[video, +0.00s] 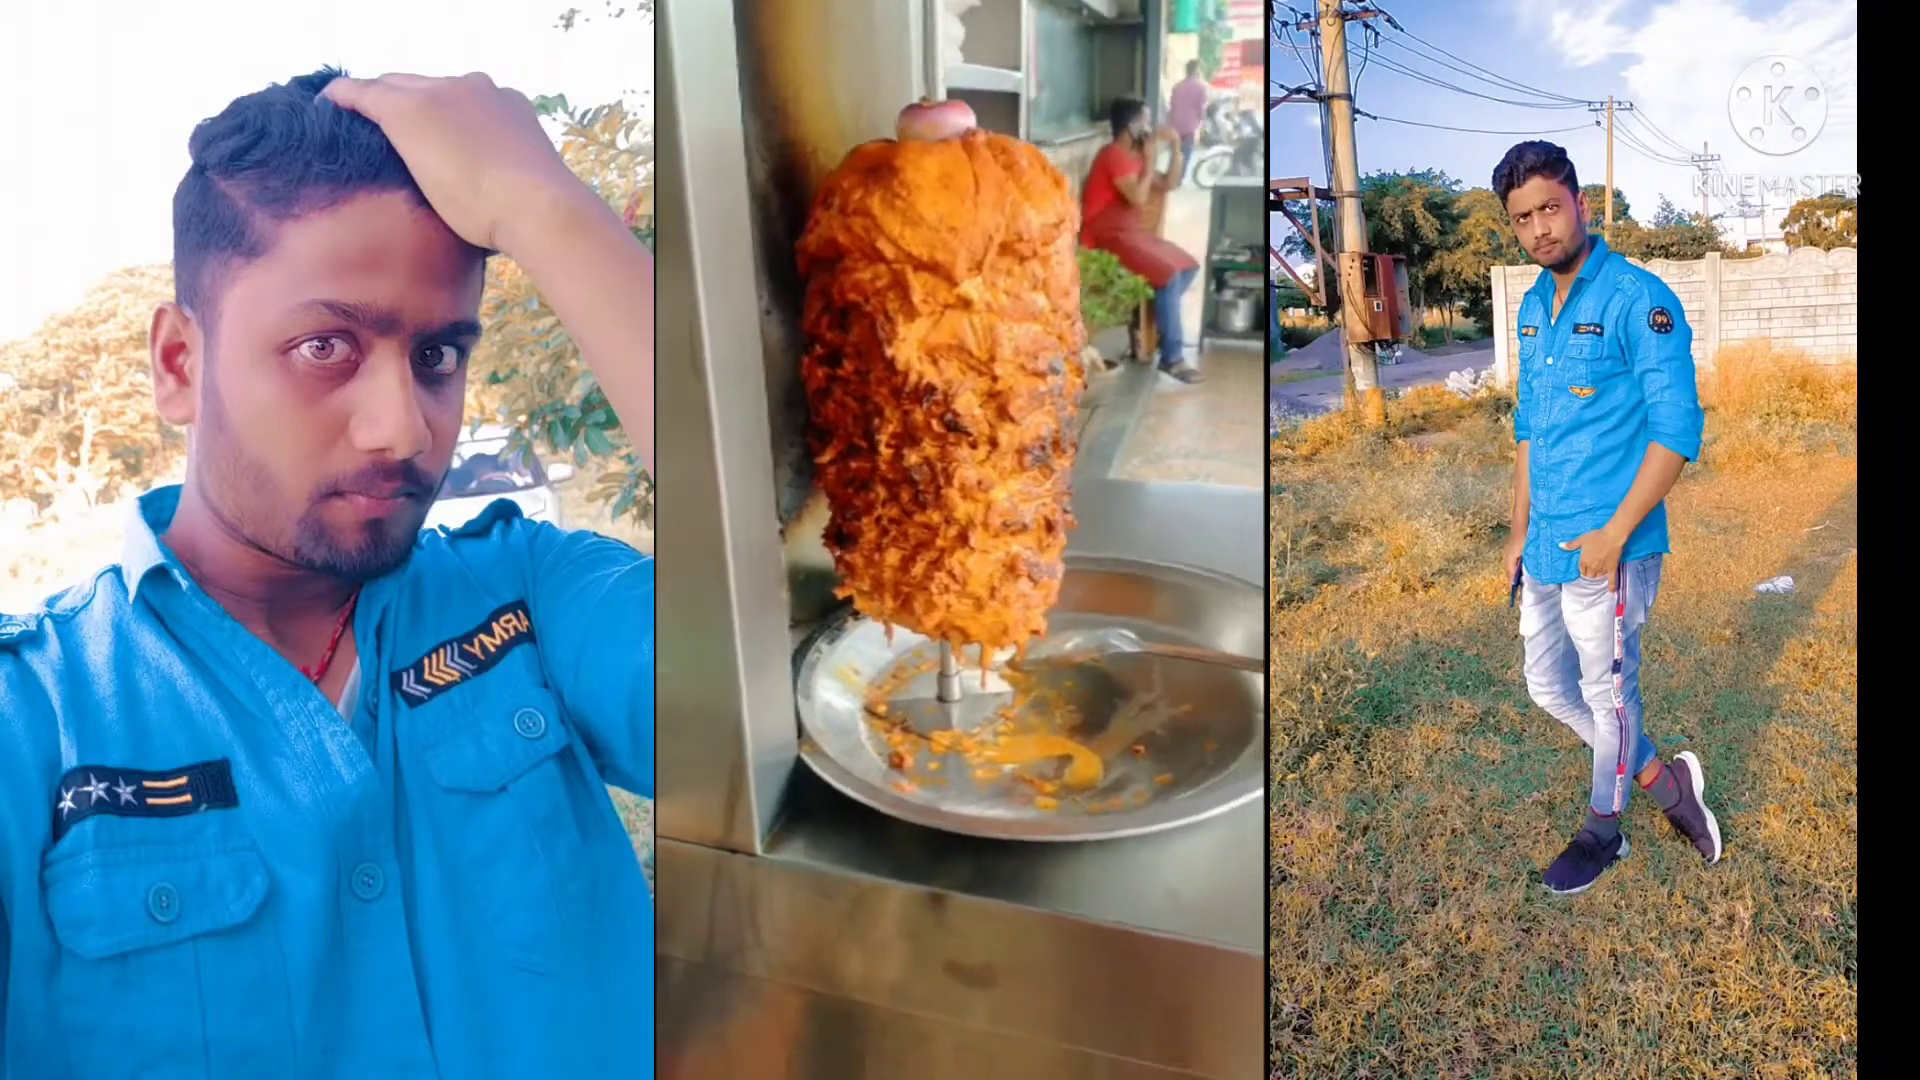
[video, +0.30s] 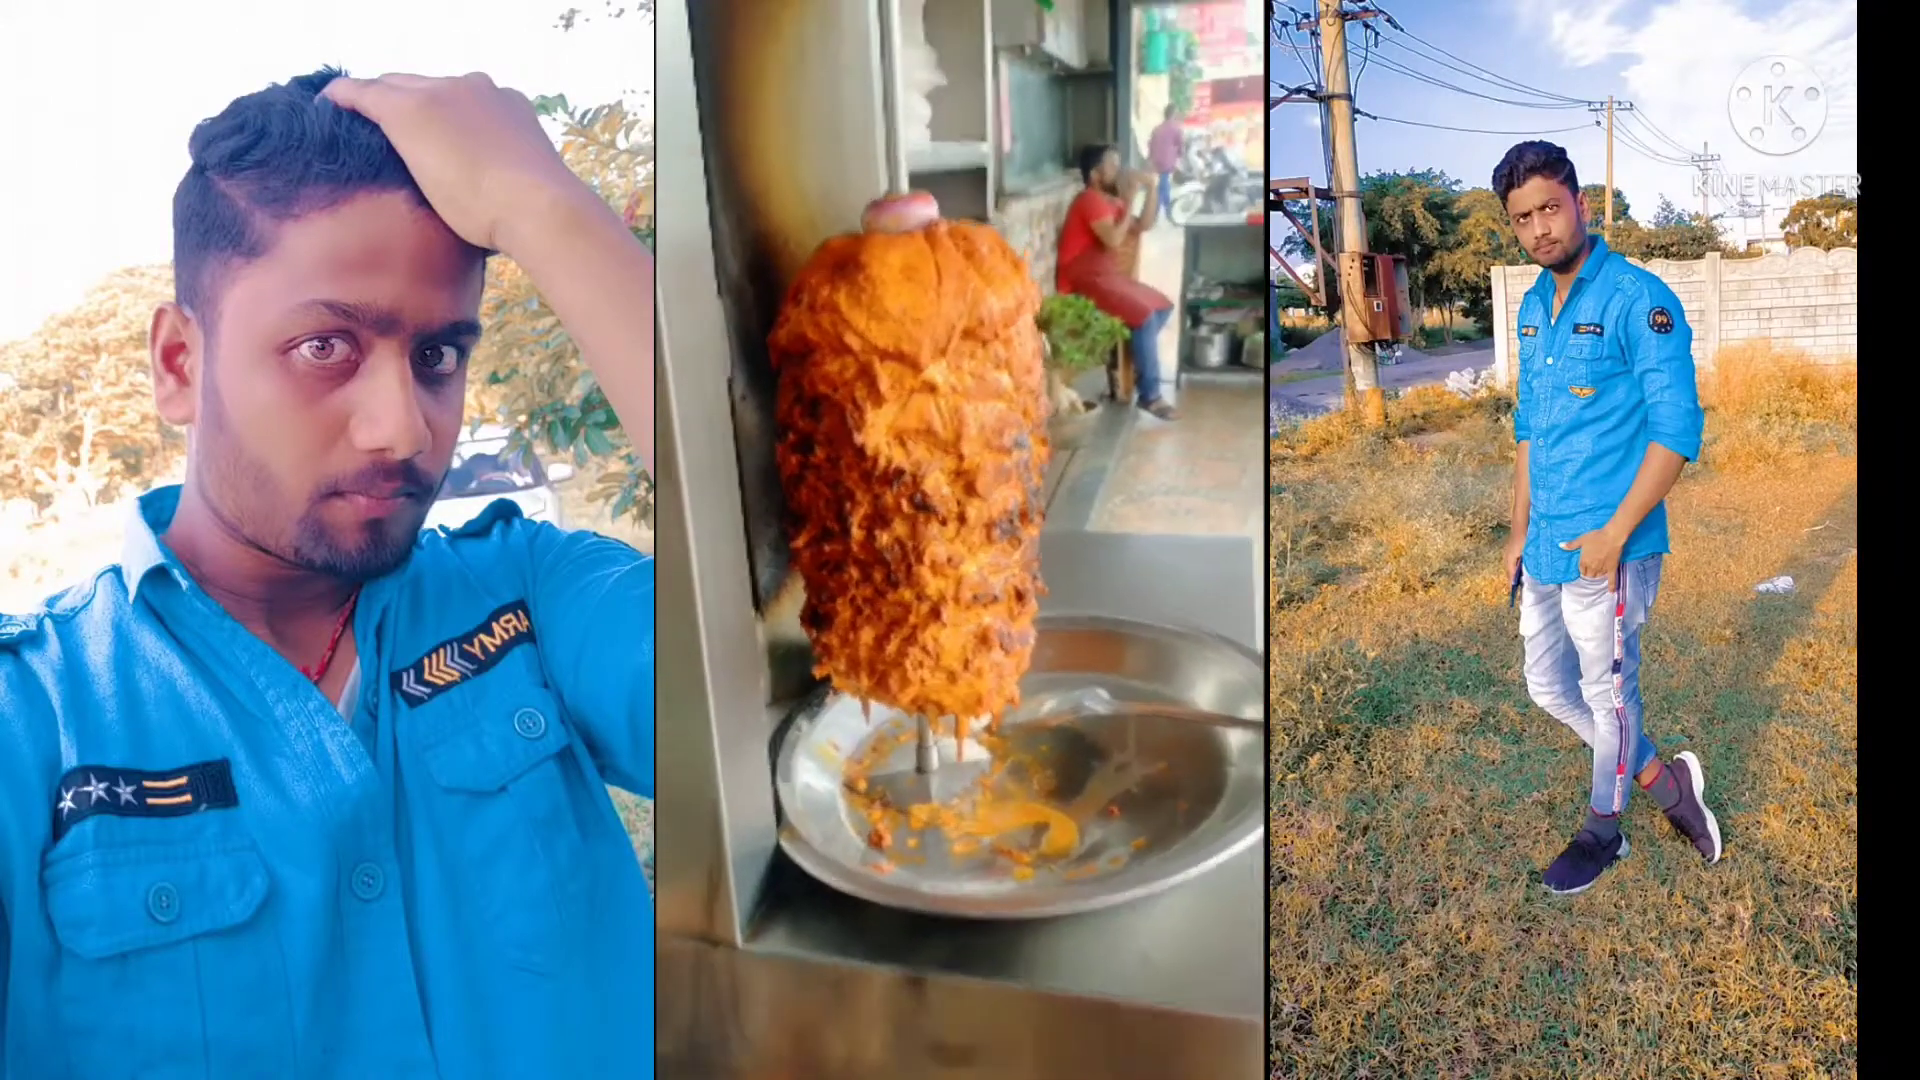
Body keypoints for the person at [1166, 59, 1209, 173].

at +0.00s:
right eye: (1198, 70)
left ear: (1187, 69)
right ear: (1198, 70)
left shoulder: (1178, 86)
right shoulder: (1201, 87)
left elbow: (1172, 104)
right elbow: (1202, 106)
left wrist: (1172, 118)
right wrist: (1202, 119)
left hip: (1175, 121)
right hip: (1191, 122)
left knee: (1174, 150)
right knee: (1186, 152)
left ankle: (1171, 175)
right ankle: (1180, 177)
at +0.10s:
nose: (1178, 72)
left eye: (1177, 70)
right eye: (1177, 70)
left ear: (1165, 70)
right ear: (1176, 71)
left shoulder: (1156, 86)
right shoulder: (1178, 87)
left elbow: (1150, 102)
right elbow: (1181, 104)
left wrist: (1152, 111)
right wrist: (1180, 116)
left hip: (1153, 117)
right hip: (1168, 118)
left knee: (1151, 146)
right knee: (1162, 148)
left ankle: (1148, 171)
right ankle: (1156, 174)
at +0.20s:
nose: (1175, 82)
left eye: (1175, 80)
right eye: (1175, 80)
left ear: (1163, 79)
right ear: (1173, 80)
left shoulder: (1154, 95)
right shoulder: (1174, 96)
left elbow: (1147, 111)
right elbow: (1179, 112)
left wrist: (1147, 122)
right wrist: (1179, 124)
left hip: (1151, 127)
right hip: (1165, 128)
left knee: (1149, 155)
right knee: (1159, 157)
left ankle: (1148, 179)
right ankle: (1159, 179)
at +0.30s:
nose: (1177, 115)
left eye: (1175, 113)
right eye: (1176, 113)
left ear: (1165, 113)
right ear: (1174, 114)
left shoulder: (1158, 128)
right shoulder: (1176, 129)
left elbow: (1151, 143)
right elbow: (1180, 144)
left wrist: (1151, 154)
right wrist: (1180, 153)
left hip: (1156, 158)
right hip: (1169, 158)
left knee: (1164, 183)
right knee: (1163, 184)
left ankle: (1168, 206)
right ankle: (1156, 208)